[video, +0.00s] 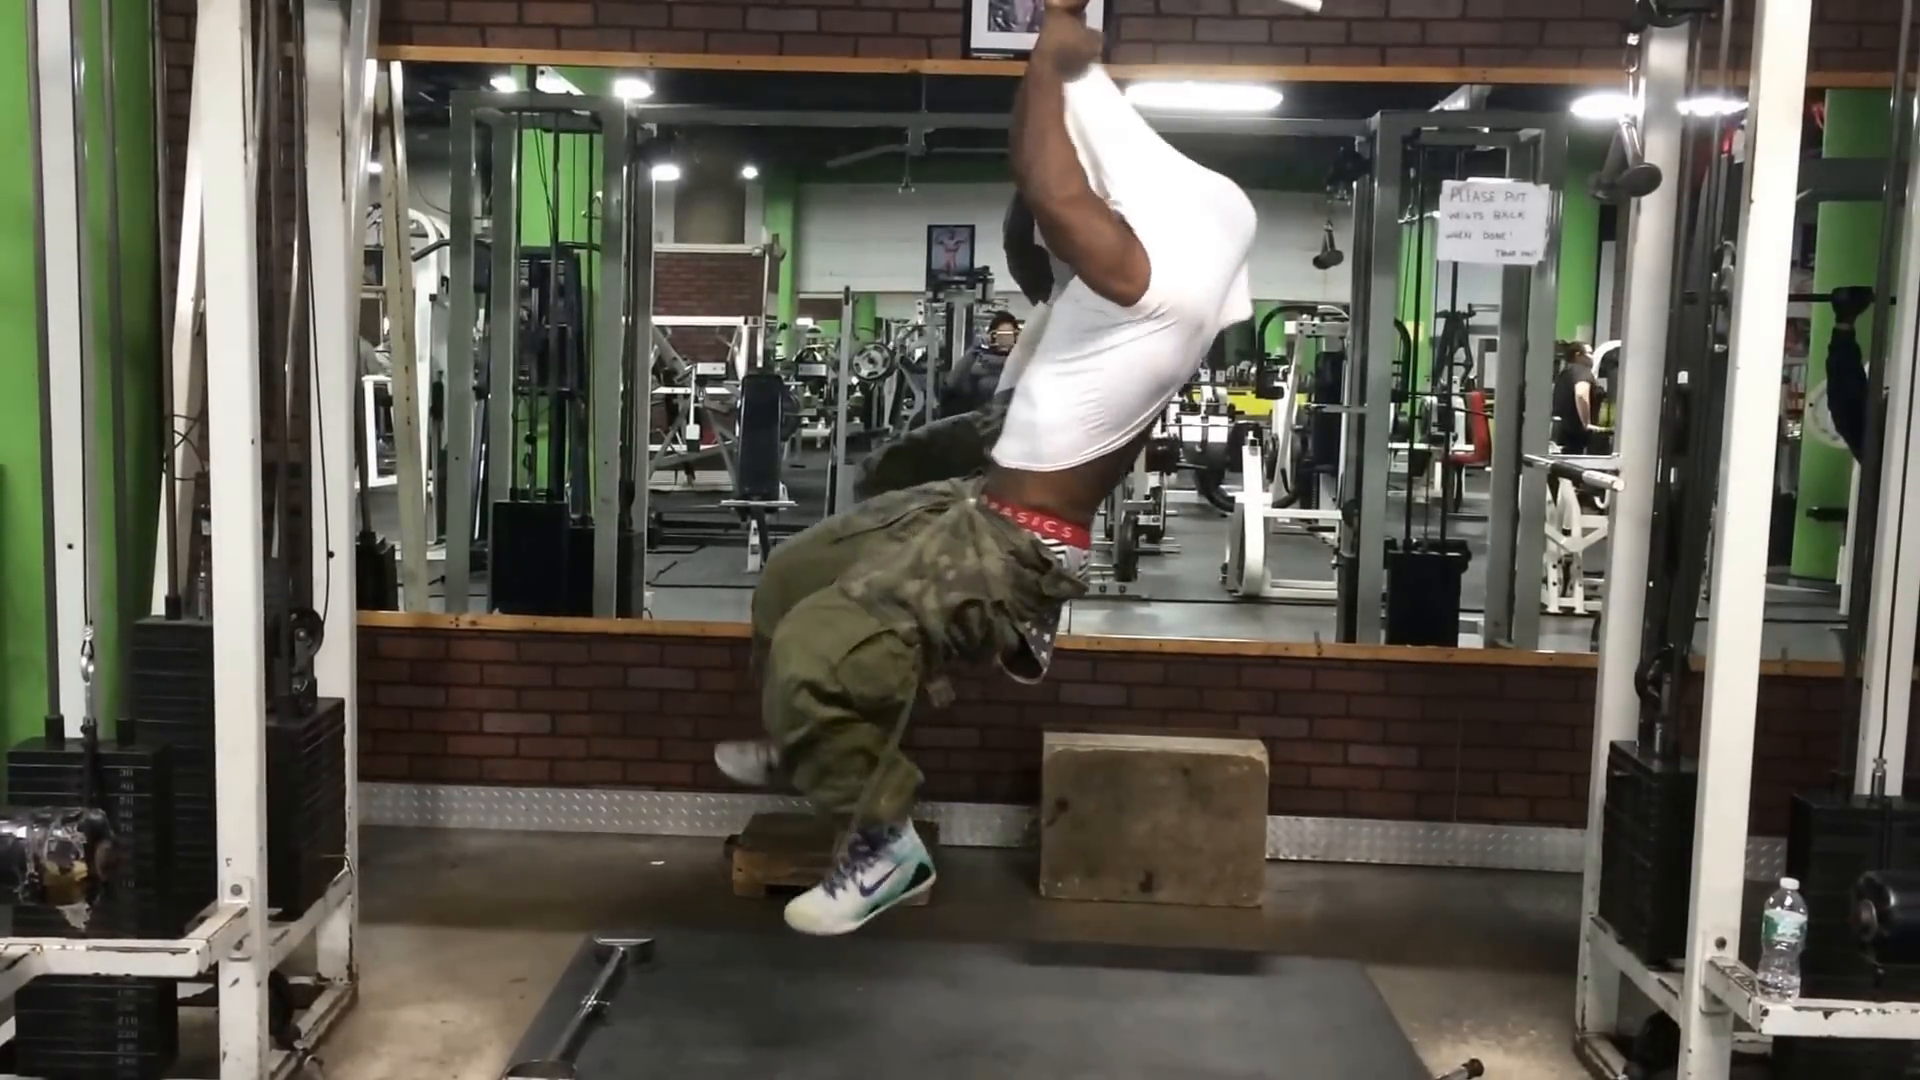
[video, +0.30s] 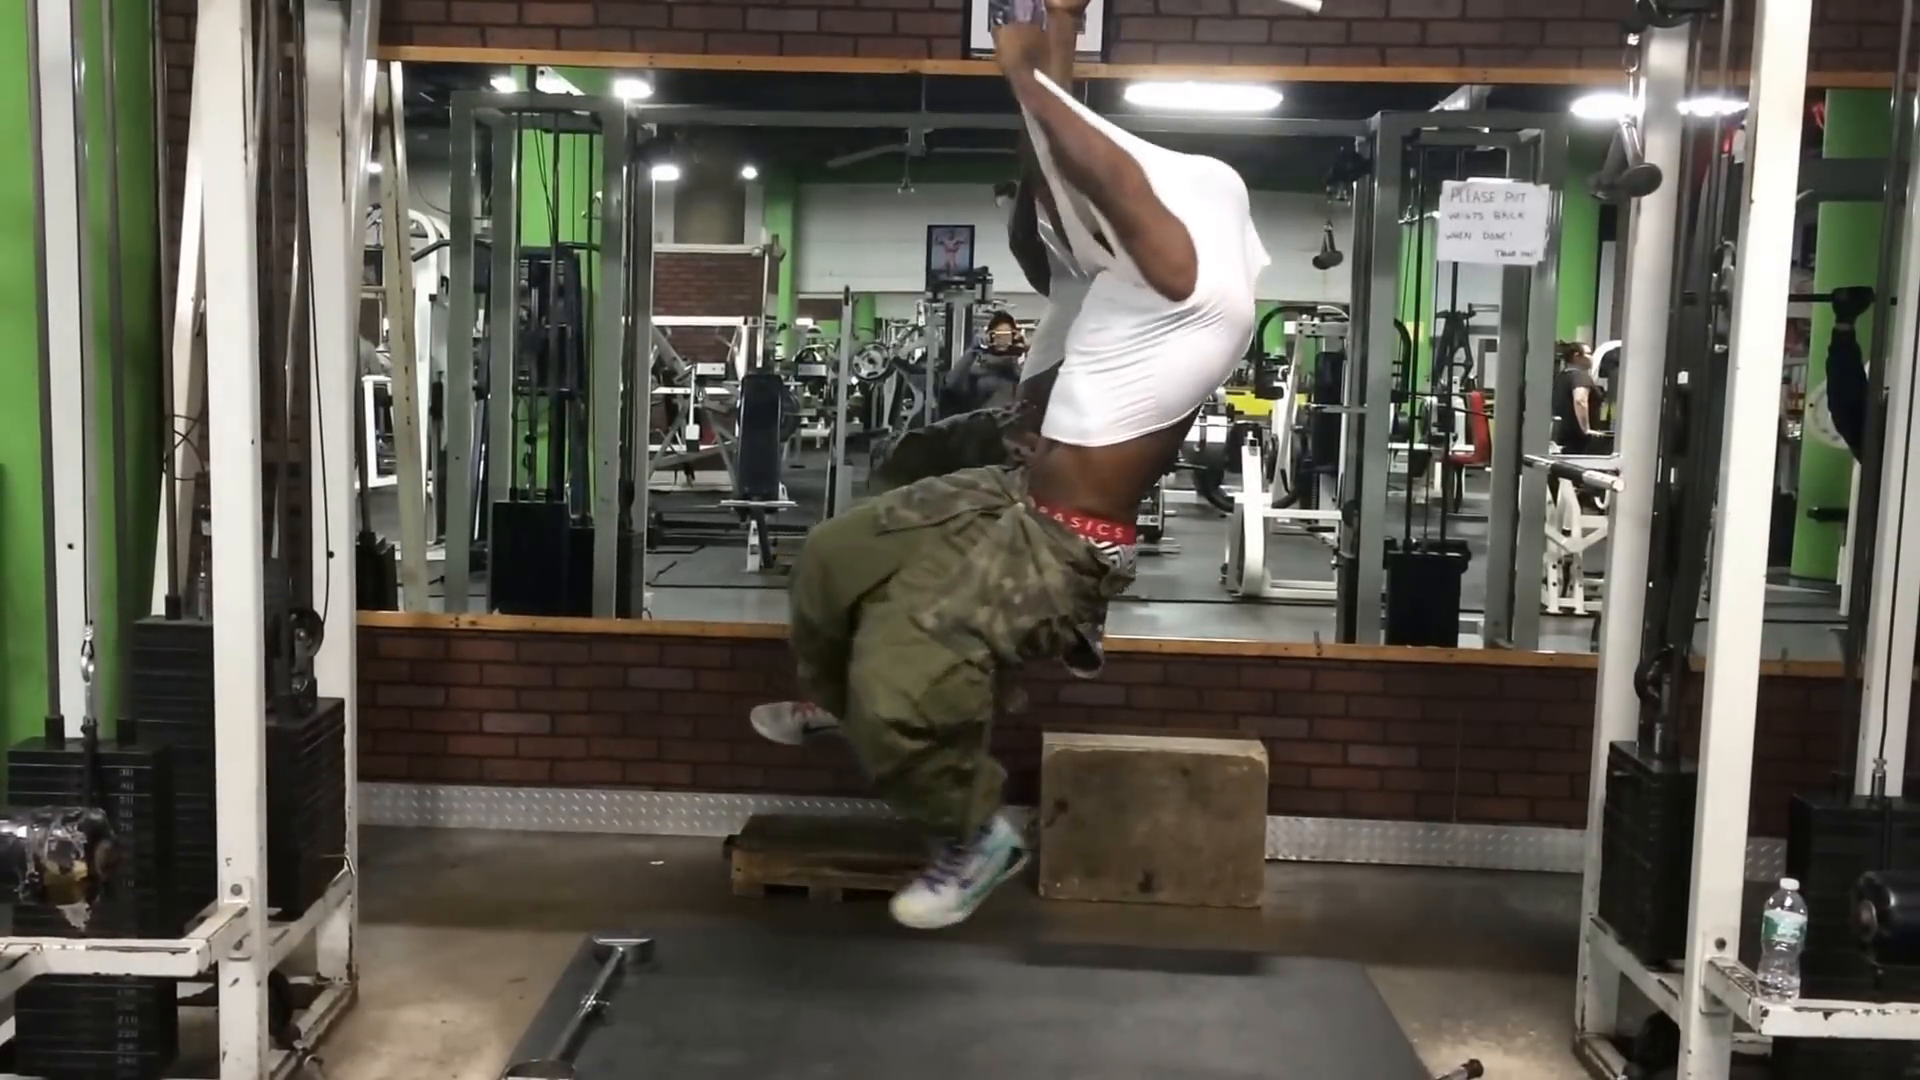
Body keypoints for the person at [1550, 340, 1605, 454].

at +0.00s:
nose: (1593, 357)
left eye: (1592, 353)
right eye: (1590, 353)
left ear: (1577, 355)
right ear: (1578, 355)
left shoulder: (1564, 372)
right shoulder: (1582, 370)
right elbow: (1581, 395)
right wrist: (1587, 423)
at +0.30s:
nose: (1592, 358)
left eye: (1591, 354)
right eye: (1588, 354)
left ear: (1575, 356)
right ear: (1577, 356)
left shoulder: (1562, 375)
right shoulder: (1580, 375)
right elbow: (1580, 400)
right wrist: (1586, 428)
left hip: (1561, 434)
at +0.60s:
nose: (1595, 359)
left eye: (1594, 355)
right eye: (1592, 355)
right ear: (1581, 358)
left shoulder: (1562, 374)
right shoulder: (1588, 371)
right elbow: (1585, 384)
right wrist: (1591, 410)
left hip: (1565, 428)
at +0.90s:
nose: (1601, 360)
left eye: (1600, 356)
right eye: (1598, 356)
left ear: (1583, 358)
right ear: (1587, 358)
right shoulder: (1591, 371)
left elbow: (1557, 383)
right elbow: (1587, 387)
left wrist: (1560, 411)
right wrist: (1591, 414)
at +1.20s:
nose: (1601, 358)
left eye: (1599, 355)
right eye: (1597, 355)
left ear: (1585, 358)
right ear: (1586, 358)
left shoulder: (1569, 378)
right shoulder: (1586, 377)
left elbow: (1557, 407)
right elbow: (1584, 405)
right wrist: (1588, 433)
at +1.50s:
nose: (1600, 358)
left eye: (1598, 354)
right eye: (1596, 353)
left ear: (1584, 356)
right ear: (1585, 356)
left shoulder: (1566, 374)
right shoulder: (1590, 372)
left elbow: (1557, 391)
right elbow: (1586, 393)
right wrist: (1590, 420)